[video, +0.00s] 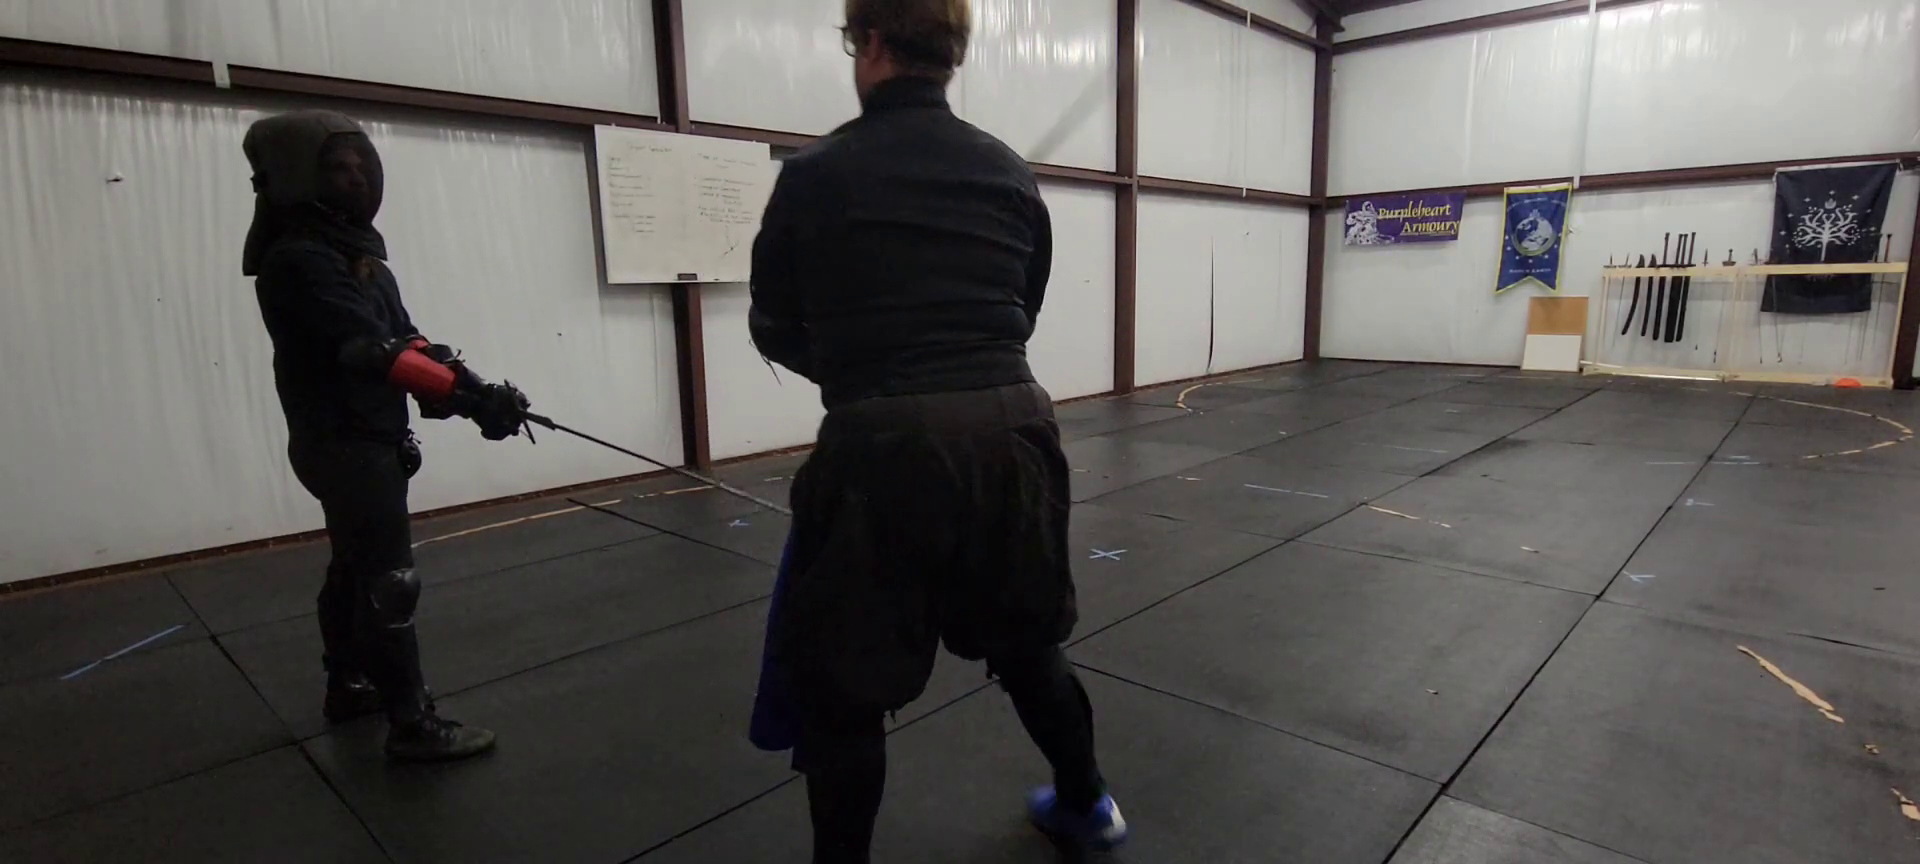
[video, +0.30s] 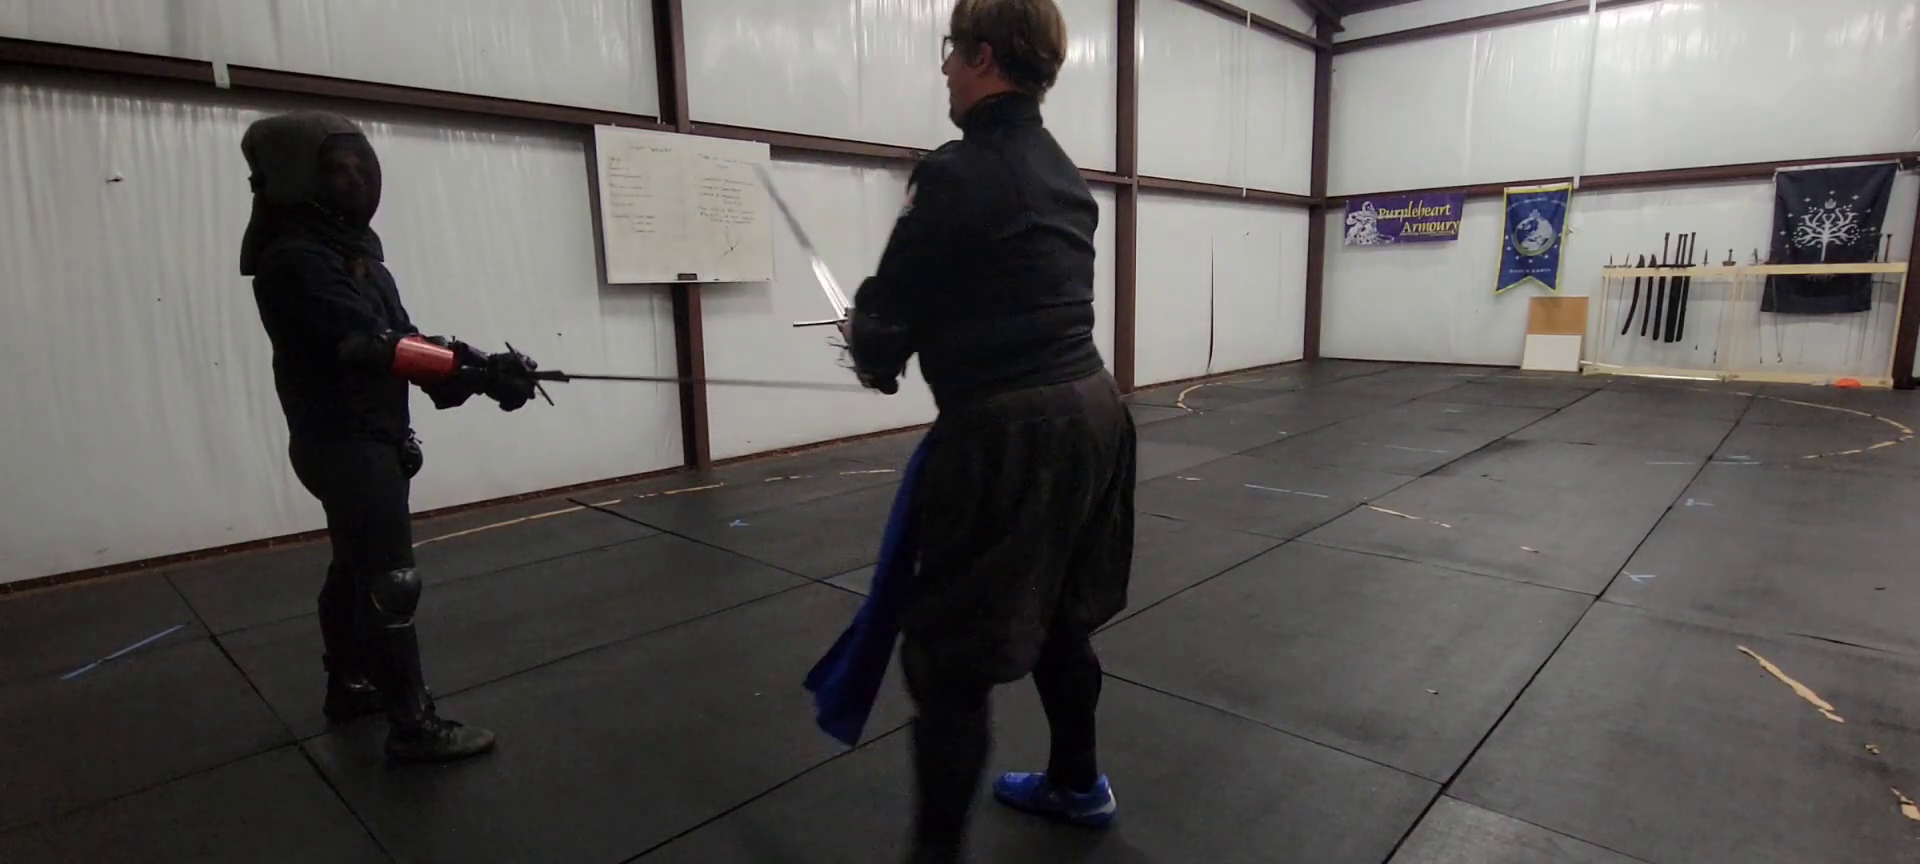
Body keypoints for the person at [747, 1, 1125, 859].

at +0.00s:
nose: (853, 65)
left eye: (854, 46)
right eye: (856, 47)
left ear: (874, 47)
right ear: (953, 54)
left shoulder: (816, 170)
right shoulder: (1004, 164)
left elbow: (774, 326)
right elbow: (1022, 308)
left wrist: (861, 363)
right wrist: (958, 357)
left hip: (875, 445)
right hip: (1007, 432)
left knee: (843, 692)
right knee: (1028, 640)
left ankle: (841, 852)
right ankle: (1087, 803)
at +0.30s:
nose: (944, 65)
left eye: (954, 51)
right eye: (949, 50)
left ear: (989, 63)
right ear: (1022, 71)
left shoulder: (956, 174)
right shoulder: (1062, 170)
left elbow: (892, 304)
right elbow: (1019, 294)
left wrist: (875, 351)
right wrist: (904, 320)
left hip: (998, 429)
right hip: (1092, 412)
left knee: (947, 644)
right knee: (1058, 606)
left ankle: (937, 843)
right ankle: (1076, 782)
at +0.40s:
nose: (958, 64)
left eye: (970, 50)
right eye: (963, 49)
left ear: (1008, 62)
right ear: (1028, 67)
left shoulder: (988, 174)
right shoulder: (1070, 159)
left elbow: (927, 308)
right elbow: (1023, 295)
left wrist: (891, 349)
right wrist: (901, 324)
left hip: (1028, 423)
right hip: (1105, 404)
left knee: (994, 629)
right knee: (1075, 606)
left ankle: (1043, 811)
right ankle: (1079, 780)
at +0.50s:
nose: (974, 68)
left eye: (986, 54)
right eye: (979, 52)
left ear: (1024, 65)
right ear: (1044, 69)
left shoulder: (1010, 170)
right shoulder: (1072, 153)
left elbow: (956, 306)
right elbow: (1003, 291)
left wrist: (912, 356)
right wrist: (906, 331)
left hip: (1062, 423)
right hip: (1119, 402)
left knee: (1068, 634)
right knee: (1077, 603)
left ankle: (1157, 840)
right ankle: (1075, 785)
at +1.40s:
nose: (927, 112)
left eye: (938, 98)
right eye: (932, 98)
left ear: (977, 111)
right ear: (998, 117)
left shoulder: (951, 213)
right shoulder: (1036, 195)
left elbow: (880, 353)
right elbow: (1018, 301)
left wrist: (871, 349)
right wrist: (924, 326)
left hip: (1027, 444)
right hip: (1098, 420)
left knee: (978, 658)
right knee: (1047, 604)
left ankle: (1166, 809)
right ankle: (1058, 753)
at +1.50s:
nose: (895, 120)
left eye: (904, 107)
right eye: (899, 105)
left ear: (941, 119)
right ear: (969, 124)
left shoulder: (925, 216)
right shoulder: (998, 200)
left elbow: (855, 364)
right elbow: (991, 308)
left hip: (1003, 450)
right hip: (1070, 425)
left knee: (904, 621)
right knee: (998, 601)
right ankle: (1060, 752)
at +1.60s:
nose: (860, 117)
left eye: (872, 103)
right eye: (866, 102)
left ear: (908, 118)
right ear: (929, 123)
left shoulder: (895, 217)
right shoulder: (962, 199)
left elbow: (825, 352)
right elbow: (916, 319)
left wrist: (782, 352)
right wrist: (818, 317)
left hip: (965, 458)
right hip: (1035, 436)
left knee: (839, 605)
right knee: (980, 603)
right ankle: (1059, 752)